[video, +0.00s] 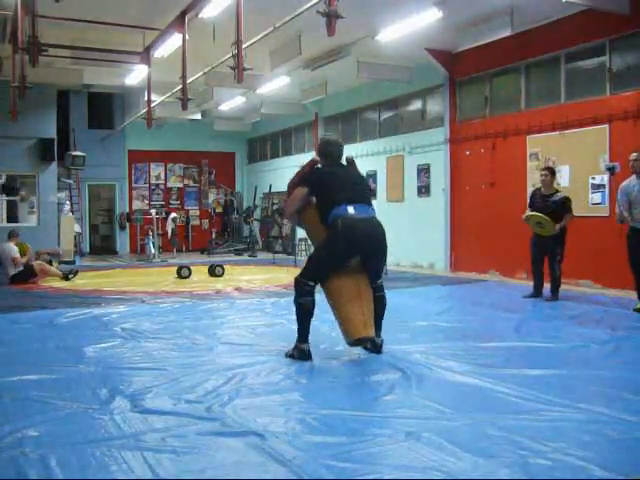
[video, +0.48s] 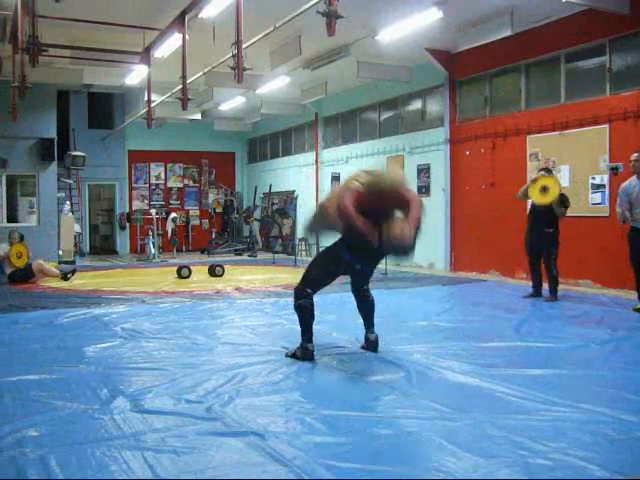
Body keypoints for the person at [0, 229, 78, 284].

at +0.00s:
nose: (18, 240)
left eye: (18, 238)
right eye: (18, 238)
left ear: (9, 237)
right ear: (15, 238)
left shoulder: (5, 246)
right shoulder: (11, 247)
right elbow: (18, 262)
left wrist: (25, 257)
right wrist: (27, 256)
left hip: (11, 275)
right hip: (14, 276)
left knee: (40, 266)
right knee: (40, 265)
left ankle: (63, 274)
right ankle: (63, 275)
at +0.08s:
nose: (18, 240)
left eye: (18, 238)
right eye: (16, 238)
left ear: (12, 238)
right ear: (11, 238)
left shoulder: (10, 247)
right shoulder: (7, 247)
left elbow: (13, 261)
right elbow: (9, 261)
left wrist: (24, 257)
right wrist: (22, 258)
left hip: (18, 273)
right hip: (14, 276)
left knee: (40, 265)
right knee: (39, 265)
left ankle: (63, 274)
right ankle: (63, 275)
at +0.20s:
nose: (15, 240)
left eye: (16, 238)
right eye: (14, 238)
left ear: (15, 238)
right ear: (8, 237)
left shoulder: (16, 247)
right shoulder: (4, 247)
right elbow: (4, 260)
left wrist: (26, 255)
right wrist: (17, 256)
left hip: (21, 272)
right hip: (13, 275)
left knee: (44, 269)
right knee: (38, 264)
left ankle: (63, 275)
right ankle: (62, 275)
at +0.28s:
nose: (14, 238)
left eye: (15, 236)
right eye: (12, 236)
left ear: (17, 237)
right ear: (9, 238)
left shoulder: (19, 247)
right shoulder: (5, 247)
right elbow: (2, 257)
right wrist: (8, 253)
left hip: (23, 273)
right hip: (13, 275)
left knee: (45, 269)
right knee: (39, 264)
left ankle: (64, 274)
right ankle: (62, 275)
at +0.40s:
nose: (15, 240)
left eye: (16, 238)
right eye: (13, 238)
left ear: (20, 238)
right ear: (10, 239)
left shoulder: (23, 249)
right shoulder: (6, 249)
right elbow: (2, 258)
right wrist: (6, 254)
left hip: (24, 273)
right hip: (13, 275)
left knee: (45, 269)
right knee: (39, 264)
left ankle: (63, 274)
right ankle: (61, 275)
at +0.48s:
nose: (14, 239)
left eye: (16, 237)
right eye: (12, 237)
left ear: (19, 238)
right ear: (9, 238)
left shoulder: (21, 247)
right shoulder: (6, 248)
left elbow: (28, 258)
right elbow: (2, 258)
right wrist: (8, 254)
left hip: (23, 272)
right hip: (13, 275)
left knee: (46, 269)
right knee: (39, 264)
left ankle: (63, 274)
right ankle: (61, 275)